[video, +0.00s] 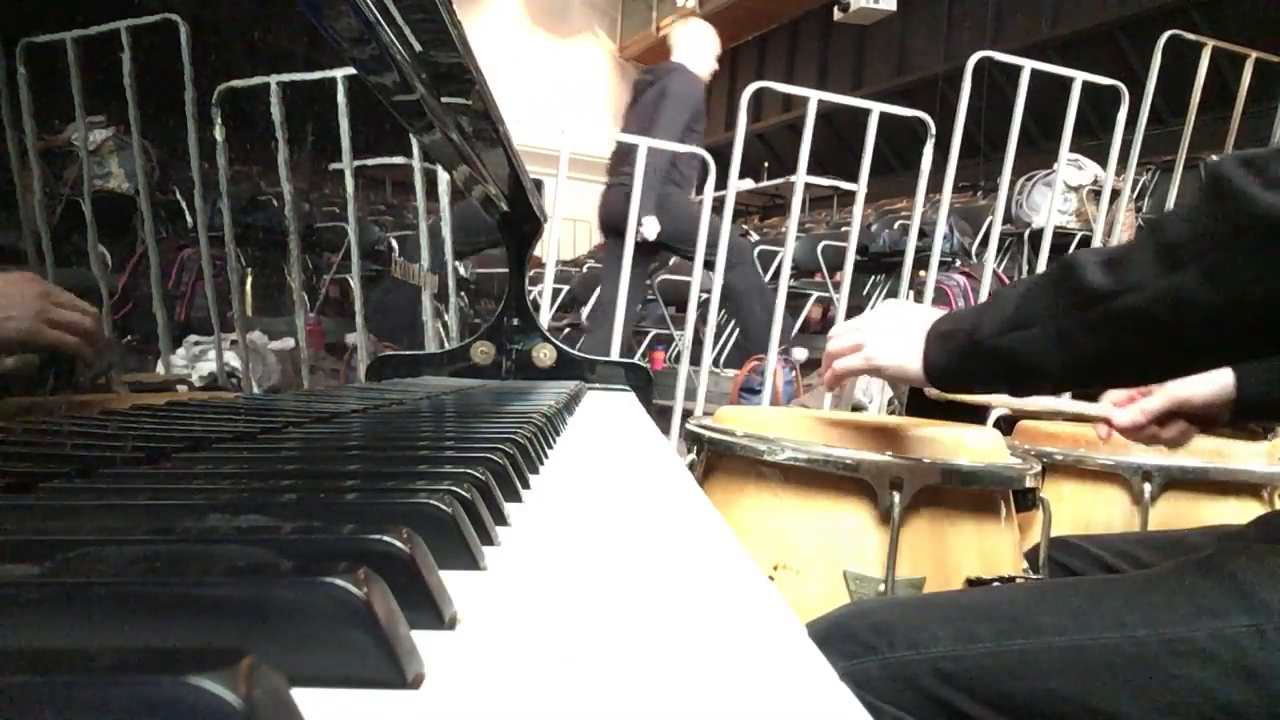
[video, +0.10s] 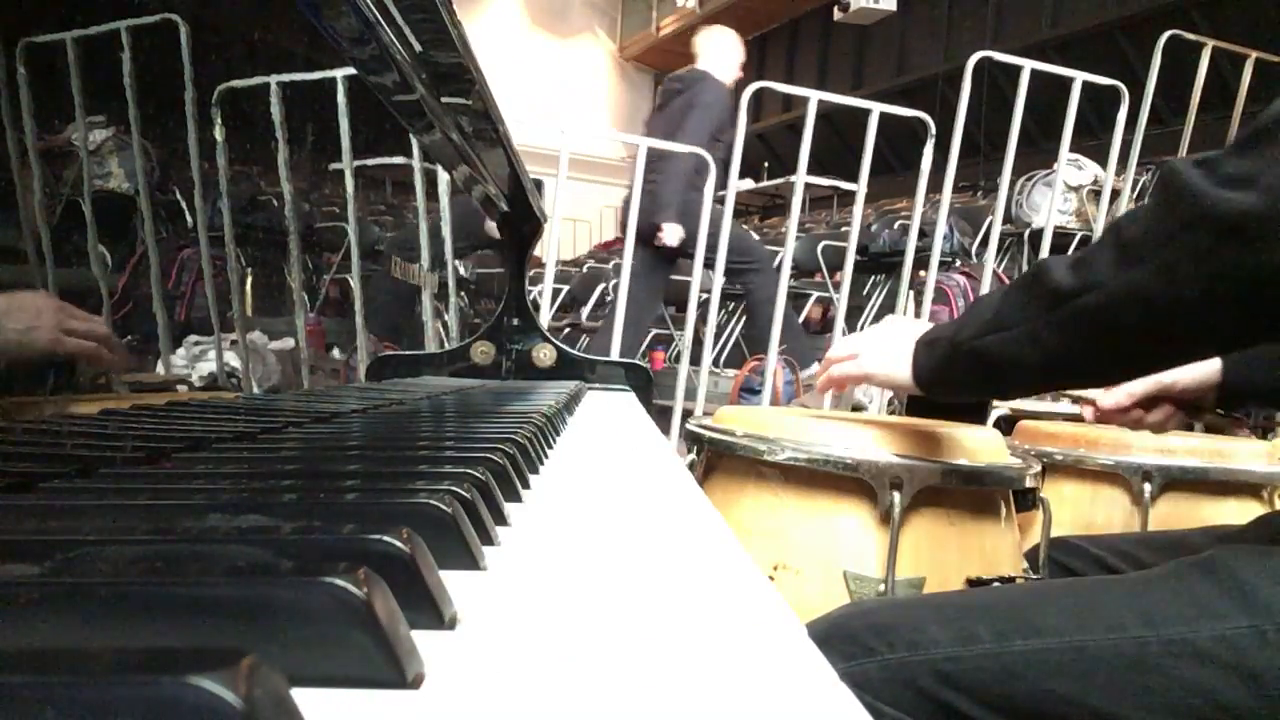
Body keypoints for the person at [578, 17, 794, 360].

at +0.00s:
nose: (716, 65)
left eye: (717, 57)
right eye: (714, 56)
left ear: (676, 49)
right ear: (699, 51)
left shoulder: (651, 84)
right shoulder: (685, 82)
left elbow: (634, 149)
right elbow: (658, 147)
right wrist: (645, 208)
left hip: (617, 198)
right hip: (653, 199)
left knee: (617, 302)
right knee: (734, 253)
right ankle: (770, 351)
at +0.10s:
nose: (739, 73)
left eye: (740, 66)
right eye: (738, 65)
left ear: (702, 56)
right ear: (725, 60)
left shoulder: (675, 91)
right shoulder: (712, 91)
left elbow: (653, 155)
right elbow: (682, 154)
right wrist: (668, 215)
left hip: (647, 211)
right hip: (682, 209)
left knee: (636, 307)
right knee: (757, 264)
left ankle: (598, 383)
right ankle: (793, 358)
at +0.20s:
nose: (772, 71)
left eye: (772, 63)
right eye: (771, 62)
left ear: (732, 59)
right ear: (761, 62)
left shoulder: (704, 94)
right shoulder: (747, 94)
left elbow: (685, 157)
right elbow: (725, 154)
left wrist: (737, 196)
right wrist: (714, 224)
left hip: (666, 208)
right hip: (703, 207)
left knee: (643, 307)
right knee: (781, 265)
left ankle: (600, 387)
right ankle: (793, 373)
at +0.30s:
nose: (805, 63)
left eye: (805, 55)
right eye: (805, 54)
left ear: (765, 47)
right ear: (794, 52)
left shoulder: (739, 84)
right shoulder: (771, 87)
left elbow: (726, 152)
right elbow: (750, 148)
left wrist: (766, 197)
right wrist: (754, 210)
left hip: (695, 202)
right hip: (729, 203)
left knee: (667, 295)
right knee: (799, 264)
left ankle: (617, 377)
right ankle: (788, 363)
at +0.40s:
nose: (828, 52)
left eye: (829, 43)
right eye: (827, 42)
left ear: (791, 34)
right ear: (815, 38)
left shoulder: (762, 71)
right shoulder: (790, 72)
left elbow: (750, 138)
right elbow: (771, 135)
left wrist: (794, 190)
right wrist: (789, 197)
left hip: (724, 190)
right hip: (750, 190)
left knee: (708, 287)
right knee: (808, 267)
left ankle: (637, 364)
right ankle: (795, 362)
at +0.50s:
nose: (843, 37)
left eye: (844, 29)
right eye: (841, 27)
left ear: (807, 21)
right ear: (823, 22)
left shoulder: (781, 57)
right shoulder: (809, 60)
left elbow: (763, 127)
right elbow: (803, 133)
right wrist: (822, 195)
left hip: (745, 173)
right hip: (773, 174)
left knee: (757, 278)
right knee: (811, 266)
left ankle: (678, 331)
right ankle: (792, 368)